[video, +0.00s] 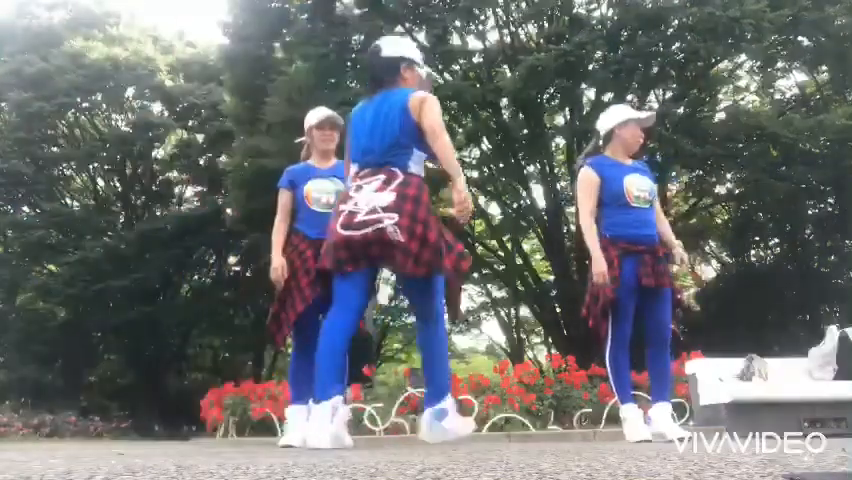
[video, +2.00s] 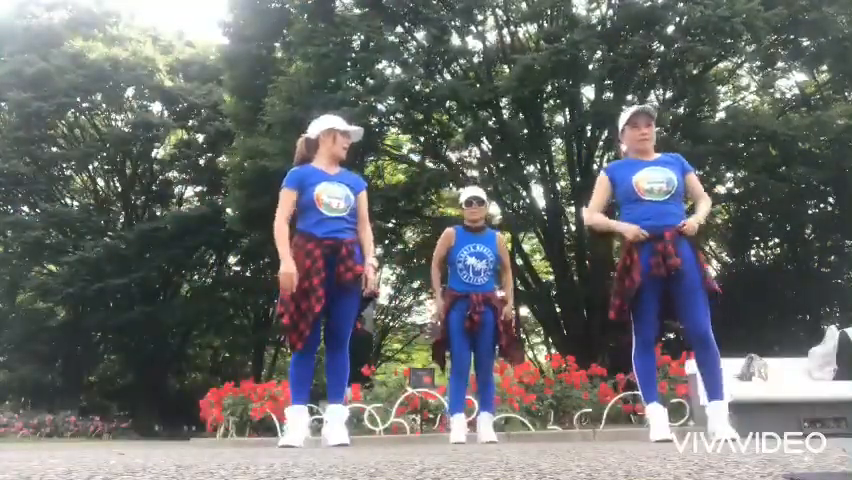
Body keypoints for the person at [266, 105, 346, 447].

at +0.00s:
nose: (328, 134)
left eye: (333, 129)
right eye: (321, 128)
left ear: (340, 134)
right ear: (309, 133)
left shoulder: (350, 171)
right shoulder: (294, 173)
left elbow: (359, 211)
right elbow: (282, 218)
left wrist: (357, 250)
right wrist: (277, 256)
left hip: (339, 251)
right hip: (303, 250)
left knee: (337, 328)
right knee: (304, 331)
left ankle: (332, 411)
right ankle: (298, 413)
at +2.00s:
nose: (349, 143)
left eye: (349, 138)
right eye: (343, 137)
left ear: (341, 141)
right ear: (326, 139)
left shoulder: (356, 182)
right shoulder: (299, 174)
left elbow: (364, 226)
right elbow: (281, 219)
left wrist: (370, 261)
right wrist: (286, 260)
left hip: (349, 257)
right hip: (309, 255)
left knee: (339, 338)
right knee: (306, 338)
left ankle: (336, 417)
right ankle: (297, 418)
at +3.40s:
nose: (341, 136)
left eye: (343, 131)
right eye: (334, 131)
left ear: (346, 136)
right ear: (317, 135)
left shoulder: (356, 170)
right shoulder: (299, 164)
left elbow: (378, 196)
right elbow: (259, 184)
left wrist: (368, 208)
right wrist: (282, 198)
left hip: (346, 256)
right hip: (308, 253)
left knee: (338, 339)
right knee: (304, 337)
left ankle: (336, 419)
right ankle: (298, 420)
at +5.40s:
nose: (334, 138)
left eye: (339, 134)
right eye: (328, 133)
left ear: (346, 140)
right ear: (315, 138)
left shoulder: (357, 179)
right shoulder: (297, 177)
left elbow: (369, 223)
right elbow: (284, 224)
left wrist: (365, 257)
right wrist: (286, 265)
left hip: (346, 259)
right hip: (305, 259)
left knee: (338, 341)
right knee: (305, 341)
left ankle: (336, 418)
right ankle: (297, 418)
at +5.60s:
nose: (332, 138)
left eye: (338, 133)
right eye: (326, 133)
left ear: (345, 138)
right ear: (314, 137)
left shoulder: (356, 178)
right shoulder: (296, 174)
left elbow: (371, 221)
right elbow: (282, 221)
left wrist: (361, 242)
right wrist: (281, 262)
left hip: (345, 259)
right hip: (305, 257)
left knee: (339, 338)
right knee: (304, 338)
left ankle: (336, 418)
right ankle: (297, 418)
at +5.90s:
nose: (329, 139)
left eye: (334, 134)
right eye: (323, 133)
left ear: (341, 139)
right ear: (310, 138)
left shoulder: (350, 180)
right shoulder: (294, 172)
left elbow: (362, 223)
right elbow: (281, 217)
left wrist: (354, 243)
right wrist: (285, 257)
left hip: (342, 254)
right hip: (303, 252)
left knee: (341, 331)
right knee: (302, 333)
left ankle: (336, 416)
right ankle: (297, 417)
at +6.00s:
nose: (328, 139)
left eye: (333, 134)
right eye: (322, 134)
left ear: (340, 139)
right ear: (309, 138)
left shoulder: (348, 180)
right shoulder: (293, 172)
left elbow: (361, 223)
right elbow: (280, 216)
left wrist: (353, 242)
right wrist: (285, 255)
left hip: (340, 254)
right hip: (303, 251)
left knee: (341, 331)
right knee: (302, 333)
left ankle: (336, 416)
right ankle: (297, 417)